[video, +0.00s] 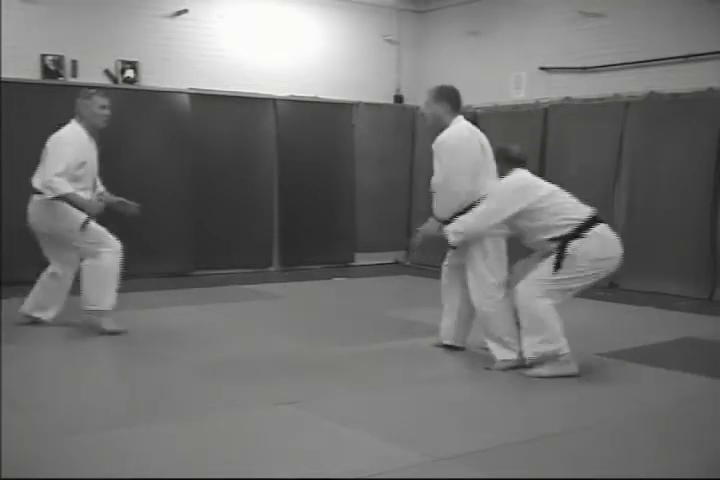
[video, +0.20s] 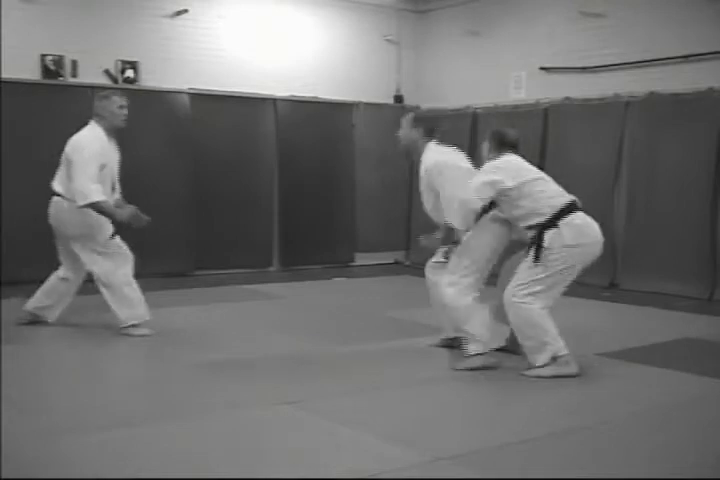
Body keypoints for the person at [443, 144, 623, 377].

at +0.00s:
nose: (490, 173)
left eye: (492, 166)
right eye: (491, 166)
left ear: (499, 166)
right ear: (515, 165)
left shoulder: (516, 183)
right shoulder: (519, 184)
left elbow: (481, 219)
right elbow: (494, 224)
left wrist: (447, 233)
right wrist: (452, 229)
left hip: (592, 245)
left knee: (531, 291)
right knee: (519, 277)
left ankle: (557, 360)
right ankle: (530, 352)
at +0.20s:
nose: (482, 153)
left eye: (484, 148)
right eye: (483, 148)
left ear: (490, 148)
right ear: (511, 148)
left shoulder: (496, 169)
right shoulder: (518, 164)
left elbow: (467, 203)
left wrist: (457, 233)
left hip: (566, 234)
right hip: (583, 230)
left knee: (519, 296)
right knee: (530, 289)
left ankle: (558, 359)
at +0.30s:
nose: (477, 136)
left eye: (479, 131)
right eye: (479, 132)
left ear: (487, 131)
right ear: (508, 133)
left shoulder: (487, 149)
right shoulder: (516, 148)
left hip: (559, 221)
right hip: (577, 217)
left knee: (527, 292)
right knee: (536, 286)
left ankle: (559, 359)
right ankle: (523, 338)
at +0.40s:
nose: (476, 118)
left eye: (479, 113)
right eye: (477, 113)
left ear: (489, 114)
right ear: (506, 116)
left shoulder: (496, 132)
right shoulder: (509, 134)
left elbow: (444, 138)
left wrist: (420, 140)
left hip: (557, 210)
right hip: (556, 209)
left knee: (543, 283)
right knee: (520, 272)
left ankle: (561, 356)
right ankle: (521, 336)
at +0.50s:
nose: (479, 99)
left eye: (483, 94)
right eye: (482, 94)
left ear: (492, 96)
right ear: (507, 99)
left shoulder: (497, 116)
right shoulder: (512, 119)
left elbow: (450, 104)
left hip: (546, 202)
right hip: (540, 205)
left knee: (549, 278)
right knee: (511, 264)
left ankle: (589, 339)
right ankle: (518, 335)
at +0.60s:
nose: (477, 101)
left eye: (481, 97)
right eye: (480, 97)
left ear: (489, 97)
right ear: (506, 98)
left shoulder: (491, 115)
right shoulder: (513, 117)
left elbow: (446, 101)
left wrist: (403, 88)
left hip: (537, 202)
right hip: (540, 200)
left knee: (549, 281)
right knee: (503, 268)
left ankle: (605, 332)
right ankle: (515, 333)